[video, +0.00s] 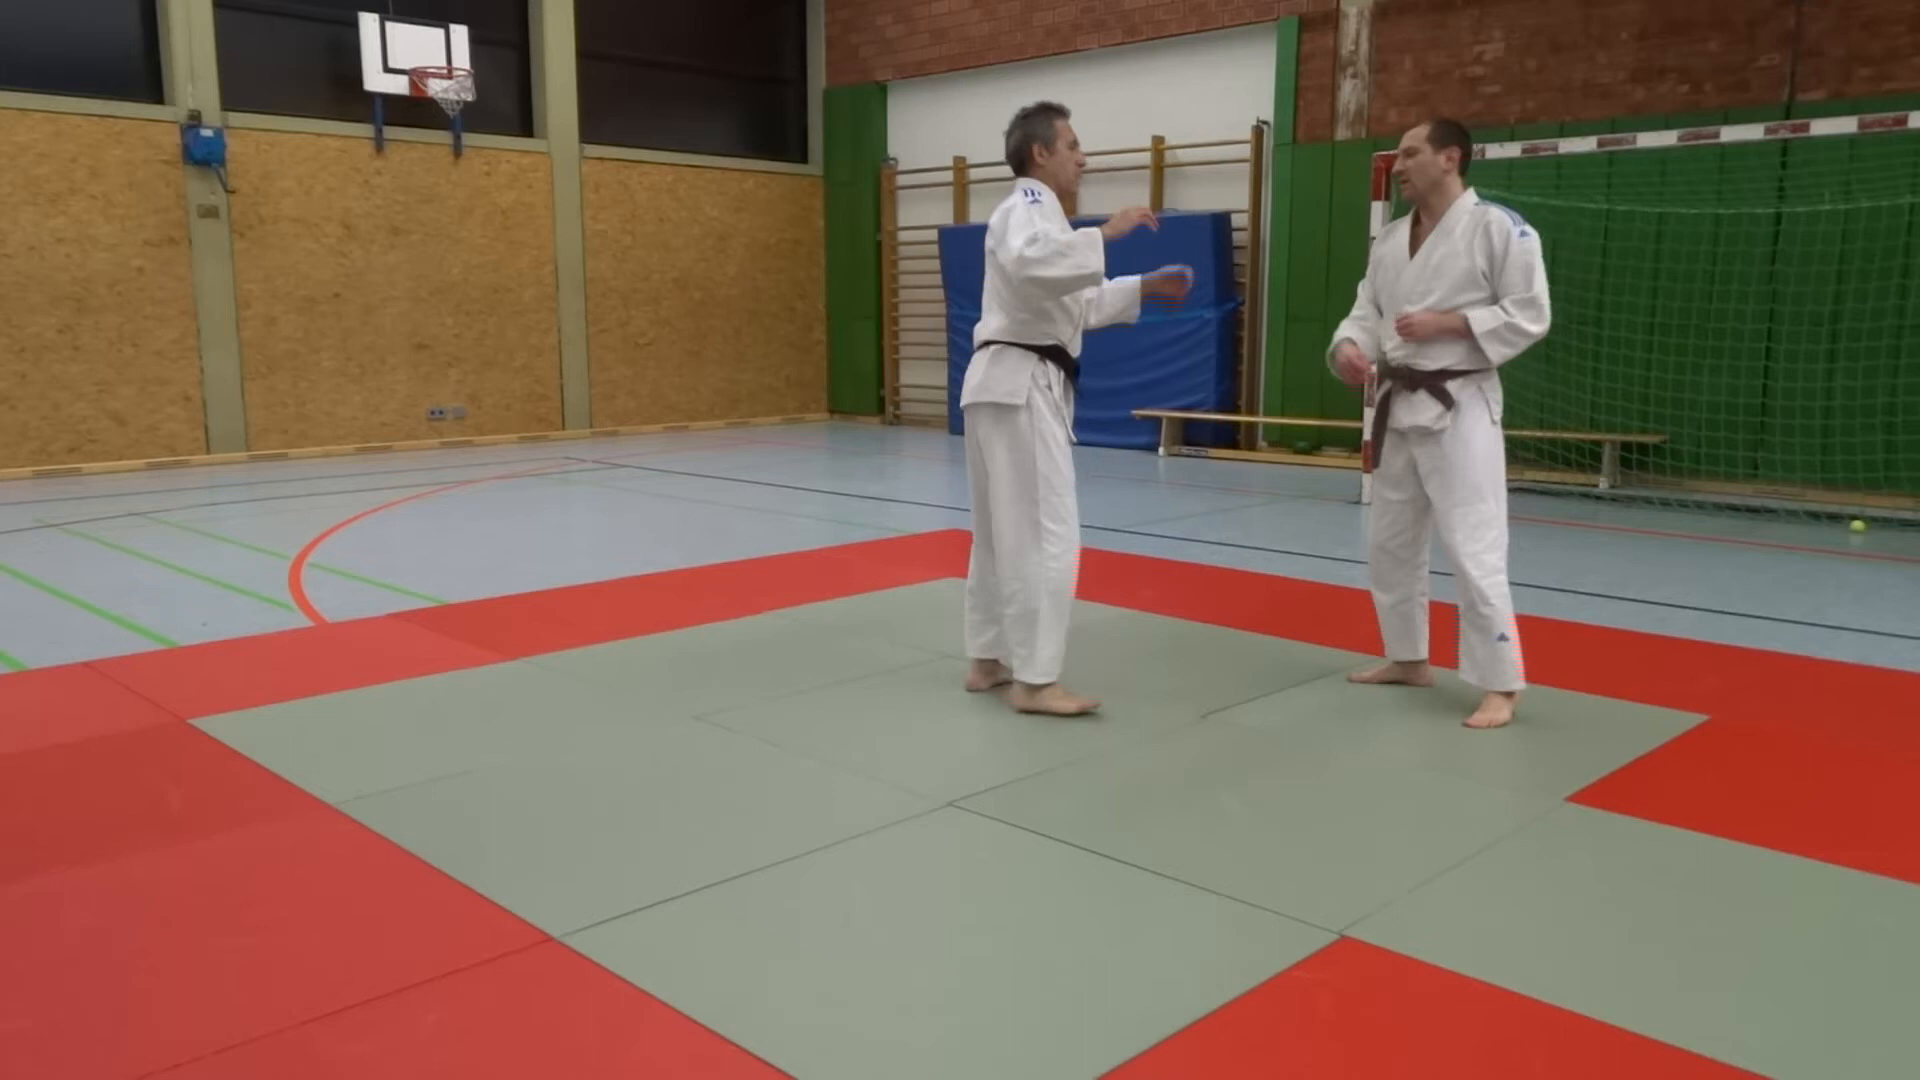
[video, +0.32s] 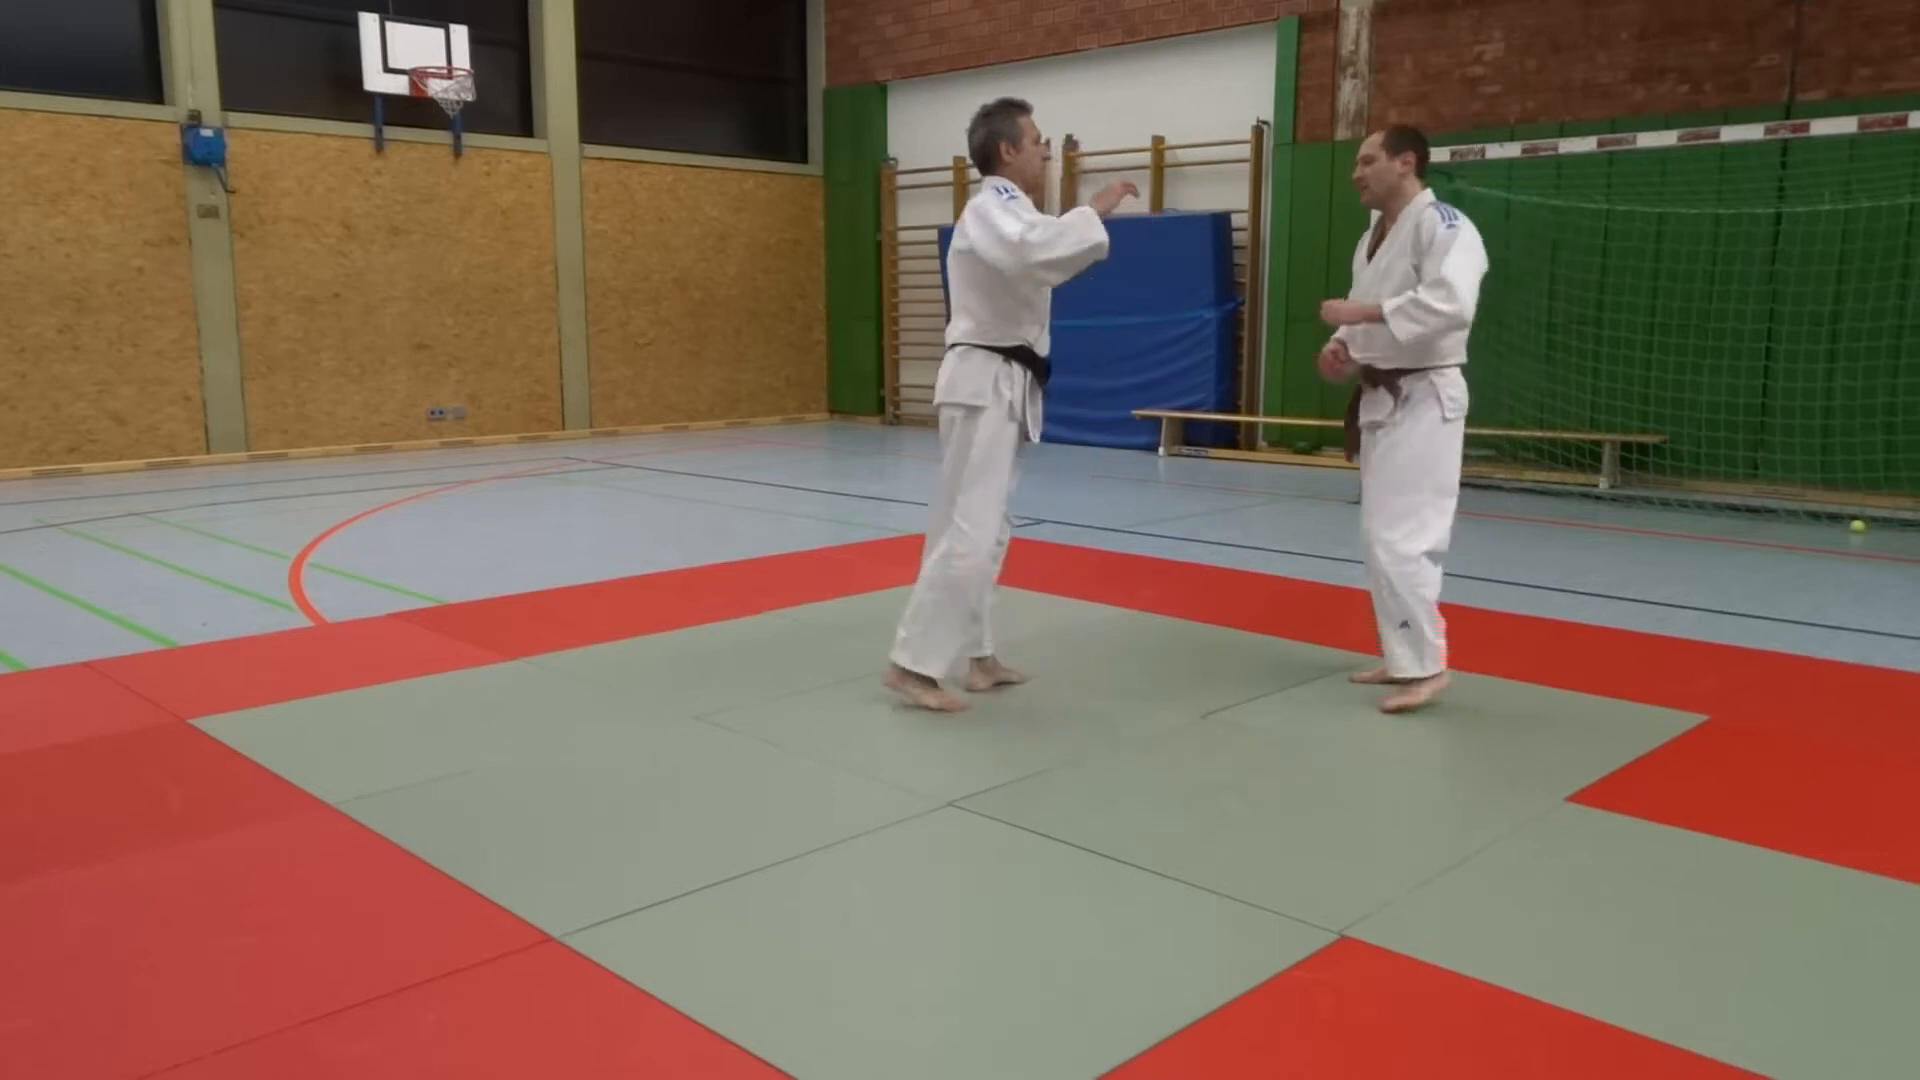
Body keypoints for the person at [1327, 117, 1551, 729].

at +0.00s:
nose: (1398, 165)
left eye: (1411, 154)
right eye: (1398, 156)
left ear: (1451, 160)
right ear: (1404, 166)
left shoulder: (1499, 229)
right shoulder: (1391, 240)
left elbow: (1530, 314)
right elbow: (1366, 314)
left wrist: (1453, 324)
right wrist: (1351, 343)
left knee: (1473, 549)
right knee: (1391, 540)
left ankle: (1501, 689)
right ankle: (1407, 661)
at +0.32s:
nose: (1357, 174)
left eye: (1368, 163)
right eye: (1357, 165)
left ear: (1407, 164)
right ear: (1393, 167)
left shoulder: (1446, 227)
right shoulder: (1371, 239)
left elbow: (1446, 305)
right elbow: (1368, 316)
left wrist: (1362, 313)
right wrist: (1342, 348)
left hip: (1425, 398)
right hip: (1380, 397)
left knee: (1399, 531)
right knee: (1382, 529)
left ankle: (1426, 665)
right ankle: (1401, 657)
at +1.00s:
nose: (1251, 172)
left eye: (1260, 162)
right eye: (1252, 162)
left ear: (1296, 170)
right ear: (1293, 170)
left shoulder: (1300, 234)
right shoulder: (1299, 227)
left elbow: (1277, 325)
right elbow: (1283, 320)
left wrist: (1217, 314)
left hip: (1286, 397)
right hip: (1292, 394)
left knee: (1267, 529)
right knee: (1278, 523)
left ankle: (1272, 664)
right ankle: (1345, 619)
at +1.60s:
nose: (1136, 174)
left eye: (1145, 164)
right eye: (1136, 165)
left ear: (1180, 169)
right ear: (1171, 171)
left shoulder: (1211, 230)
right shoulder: (1156, 237)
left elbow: (1184, 309)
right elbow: (1142, 327)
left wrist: (1137, 274)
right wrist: (1111, 298)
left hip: (1187, 391)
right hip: (1142, 391)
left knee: (1192, 527)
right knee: (1136, 521)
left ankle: (1251, 646)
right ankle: (1141, 638)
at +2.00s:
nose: (1063, 183)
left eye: (1071, 173)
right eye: (1064, 173)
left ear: (1104, 176)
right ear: (1106, 180)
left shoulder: (1110, 225)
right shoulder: (1123, 226)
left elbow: (1027, 262)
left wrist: (920, 274)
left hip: (1140, 393)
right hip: (1149, 389)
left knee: (1108, 521)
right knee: (1139, 516)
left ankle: (1100, 657)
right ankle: (1140, 635)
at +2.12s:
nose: (1044, 185)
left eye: (1051, 175)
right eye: (1044, 175)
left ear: (1082, 177)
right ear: (1094, 181)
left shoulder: (1072, 226)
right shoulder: (1137, 227)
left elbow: (980, 256)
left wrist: (883, 277)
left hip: (1128, 391)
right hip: (1168, 383)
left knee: (1104, 521)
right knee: (1154, 517)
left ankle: (1103, 660)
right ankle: (1146, 635)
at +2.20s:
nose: (1037, 186)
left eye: (1044, 176)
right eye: (1038, 176)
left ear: (1075, 176)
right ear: (1088, 178)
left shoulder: (1059, 227)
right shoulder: (1134, 227)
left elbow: (961, 257)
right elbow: (1066, 299)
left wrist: (877, 278)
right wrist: (977, 291)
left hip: (1123, 392)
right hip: (1166, 384)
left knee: (1094, 519)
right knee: (1150, 517)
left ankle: (1099, 660)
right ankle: (1144, 636)